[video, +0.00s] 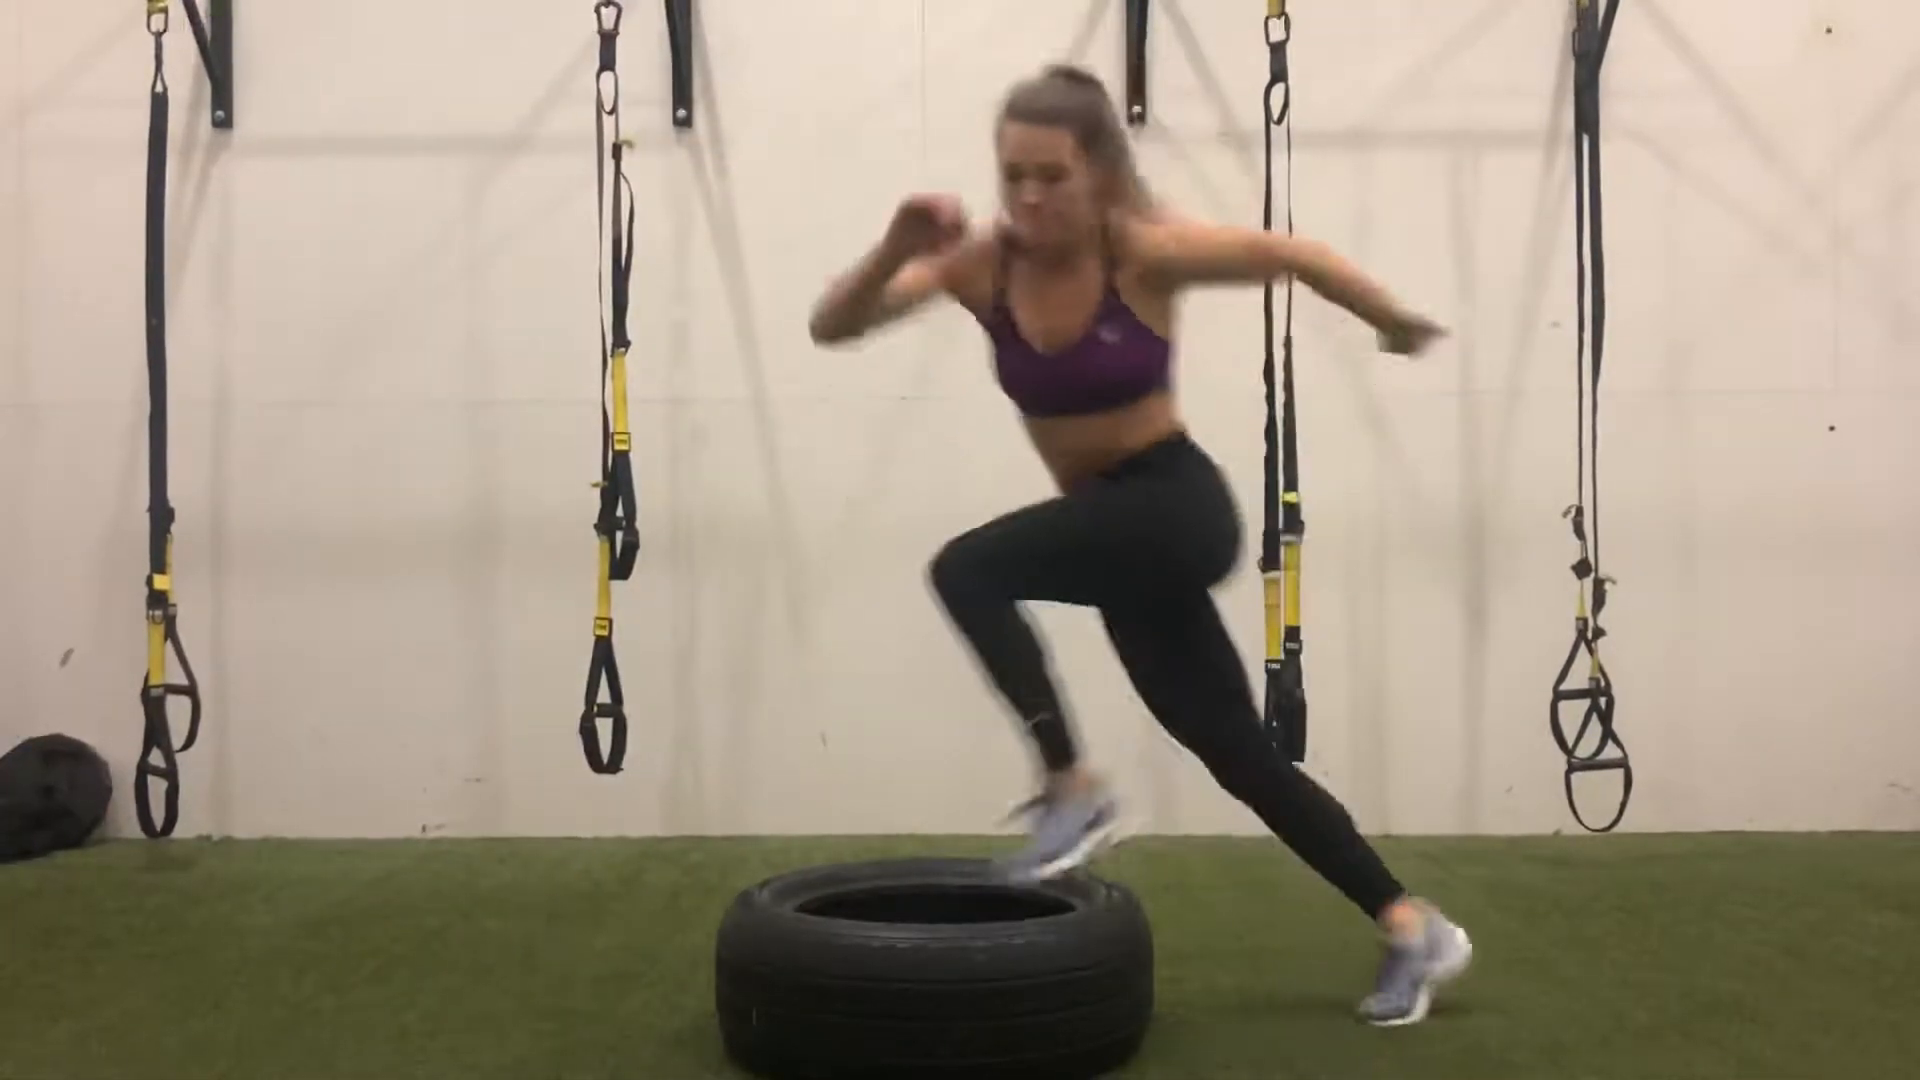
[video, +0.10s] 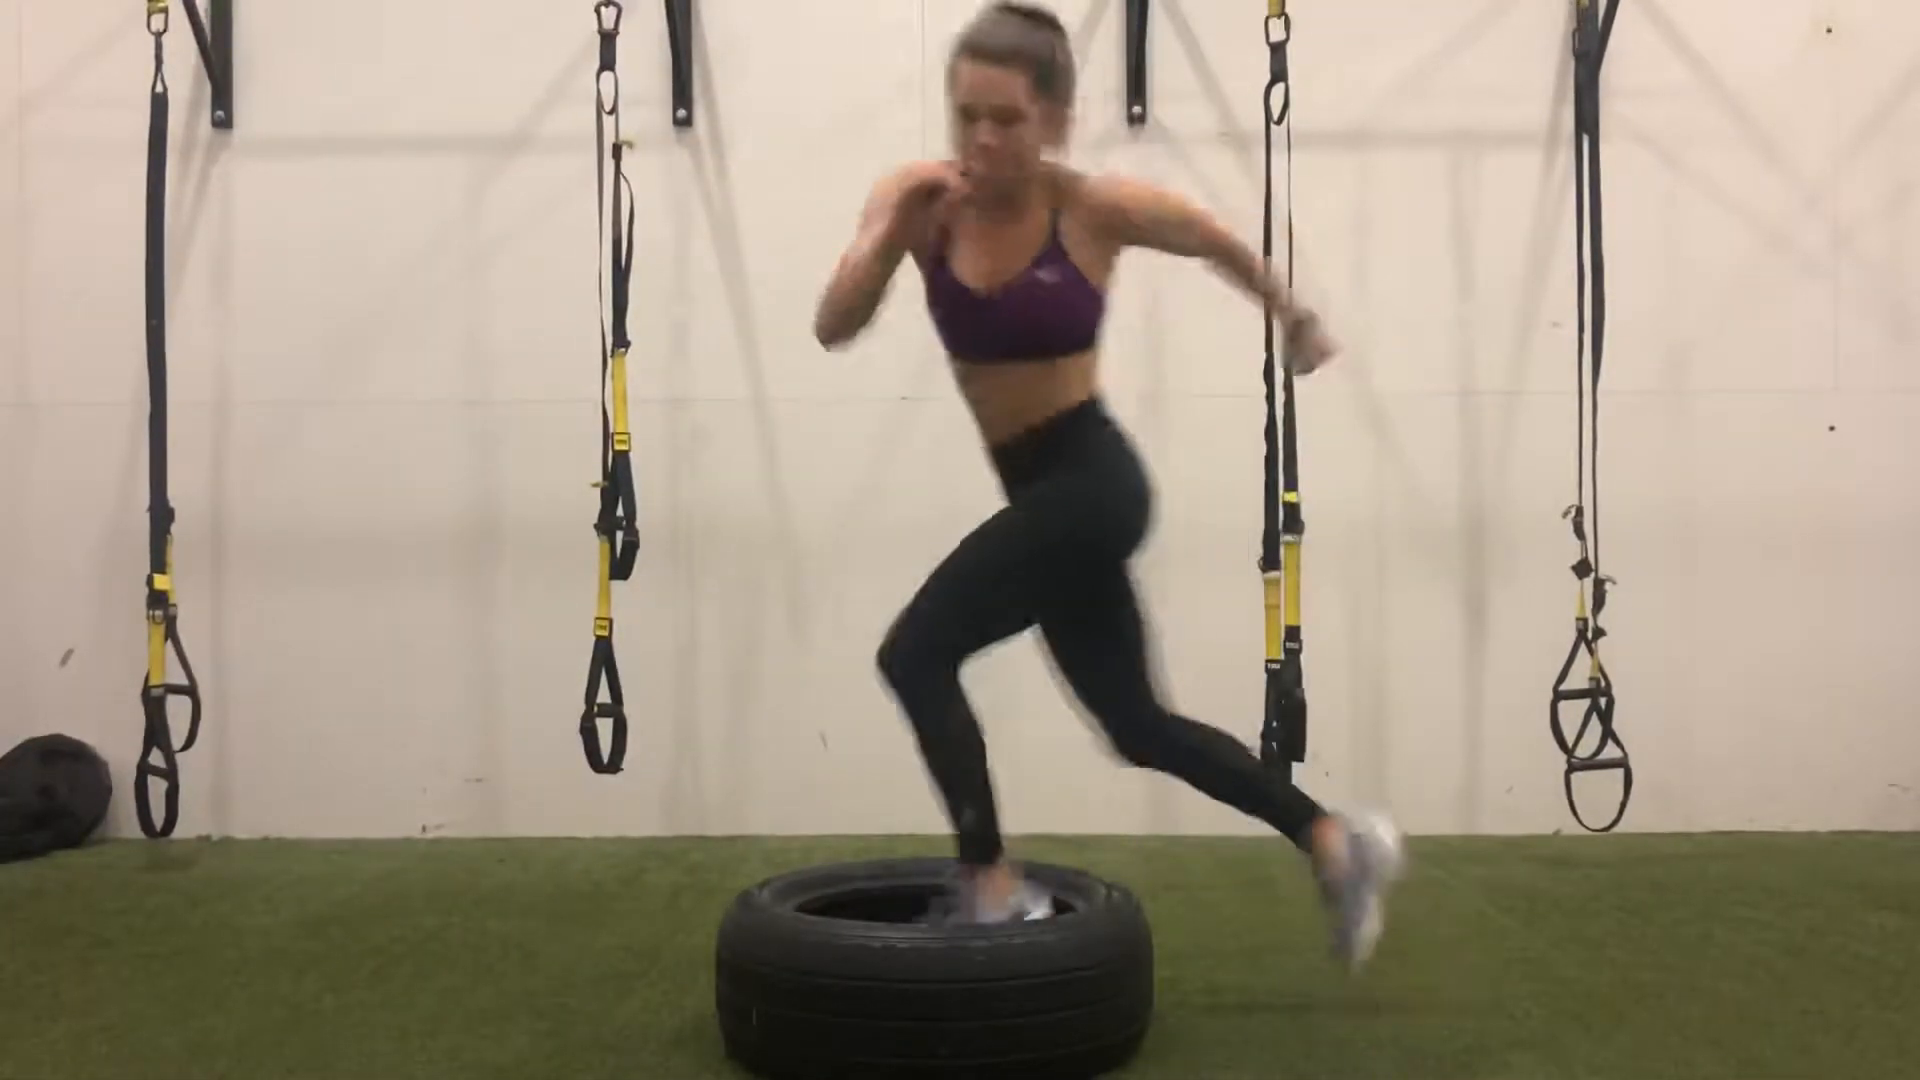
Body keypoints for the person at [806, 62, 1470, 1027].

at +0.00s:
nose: (1028, 197)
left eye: (1050, 175)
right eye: (1013, 175)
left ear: (1102, 175)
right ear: (998, 174)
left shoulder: (1146, 252)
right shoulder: (982, 263)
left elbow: (1301, 255)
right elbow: (830, 329)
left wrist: (1397, 322)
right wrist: (887, 256)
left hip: (1177, 506)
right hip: (1106, 524)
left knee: (969, 569)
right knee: (1240, 756)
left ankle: (1070, 789)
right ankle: (1414, 928)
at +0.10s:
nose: (982, 139)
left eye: (1006, 118)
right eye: (969, 116)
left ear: (1054, 119)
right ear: (950, 112)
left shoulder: (1094, 207)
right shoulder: (918, 198)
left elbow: (1213, 244)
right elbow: (834, 330)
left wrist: (1296, 321)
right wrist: (893, 242)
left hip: (1095, 483)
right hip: (1036, 495)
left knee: (914, 654)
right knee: (1138, 730)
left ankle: (988, 882)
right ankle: (1332, 843)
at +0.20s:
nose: (923, 128)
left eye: (947, 109)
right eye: (908, 105)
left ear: (990, 107)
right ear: (887, 100)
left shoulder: (1034, 210)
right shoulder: (847, 205)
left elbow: (1125, 297)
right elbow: (844, 380)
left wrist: (1196, 362)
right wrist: (876, 342)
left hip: (999, 498)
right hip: (942, 499)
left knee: (925, 745)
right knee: (936, 724)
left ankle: (993, 948)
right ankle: (1122, 692)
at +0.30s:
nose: (841, 99)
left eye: (865, 82)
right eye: (825, 76)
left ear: (902, 91)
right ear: (800, 77)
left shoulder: (941, 184)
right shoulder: (746, 186)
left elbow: (1082, 264)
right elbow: (721, 295)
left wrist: (1162, 379)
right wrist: (762, 370)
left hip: (920, 467)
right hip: (829, 468)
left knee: (880, 712)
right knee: (701, 655)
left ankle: (975, 924)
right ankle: (850, 755)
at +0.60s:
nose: (750, 174)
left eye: (770, 152)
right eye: (729, 150)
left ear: (798, 152)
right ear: (690, 147)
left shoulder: (813, 254)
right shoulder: (636, 249)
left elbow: (775, 348)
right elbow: (562, 393)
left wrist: (777, 444)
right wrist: (628, 436)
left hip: (703, 523)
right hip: (594, 505)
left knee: (659, 734)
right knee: (495, 744)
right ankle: (422, 956)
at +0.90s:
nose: (824, 162)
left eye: (839, 141)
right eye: (804, 141)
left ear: (860, 133)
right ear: (761, 132)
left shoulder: (881, 200)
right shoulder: (711, 208)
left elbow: (872, 283)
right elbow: (590, 227)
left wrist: (736, 255)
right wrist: (474, 211)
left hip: (743, 488)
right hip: (698, 478)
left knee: (610, 745)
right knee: (907, 570)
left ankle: (438, 963)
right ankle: (712, 707)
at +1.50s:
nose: (1064, 142)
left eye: (1087, 122)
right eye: (1047, 121)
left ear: (1129, 125)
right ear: (1024, 126)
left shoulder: (1193, 216)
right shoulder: (1004, 261)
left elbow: (1292, 324)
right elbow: (1014, 383)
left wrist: (1335, 441)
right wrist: (965, 454)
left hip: (1212, 512)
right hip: (1103, 538)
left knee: (1300, 766)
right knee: (1108, 776)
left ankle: (1427, 1004)